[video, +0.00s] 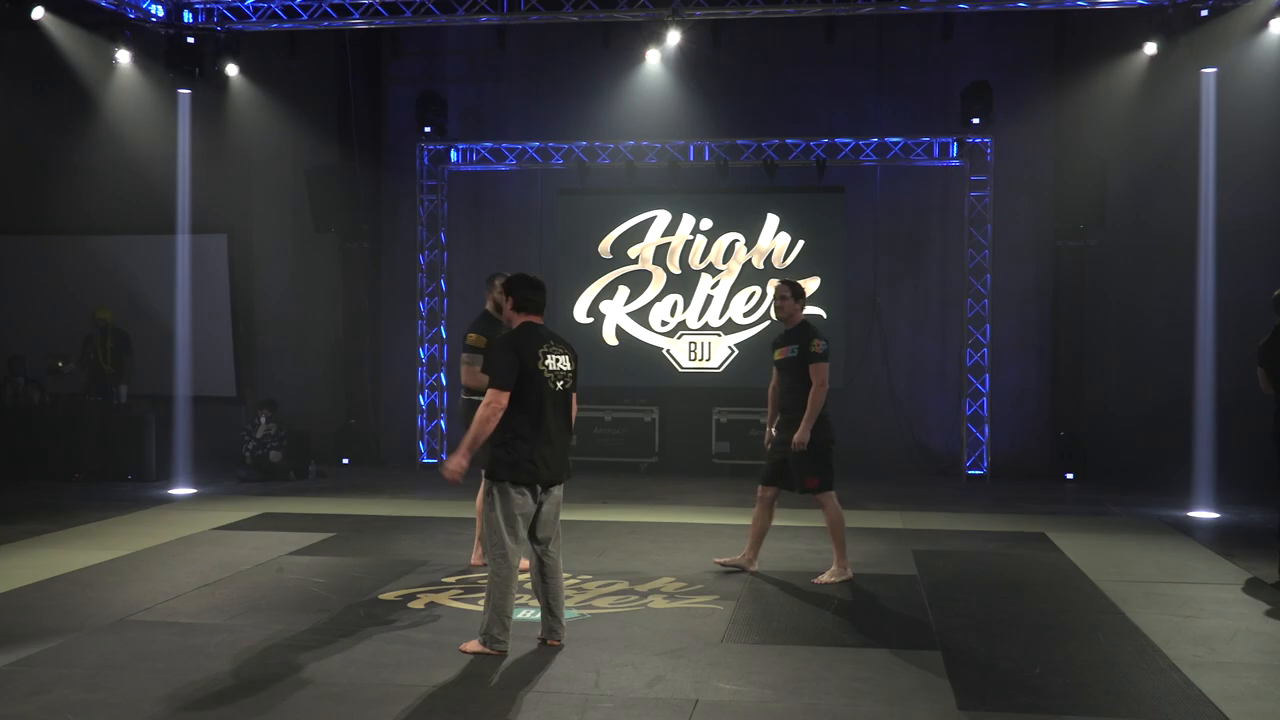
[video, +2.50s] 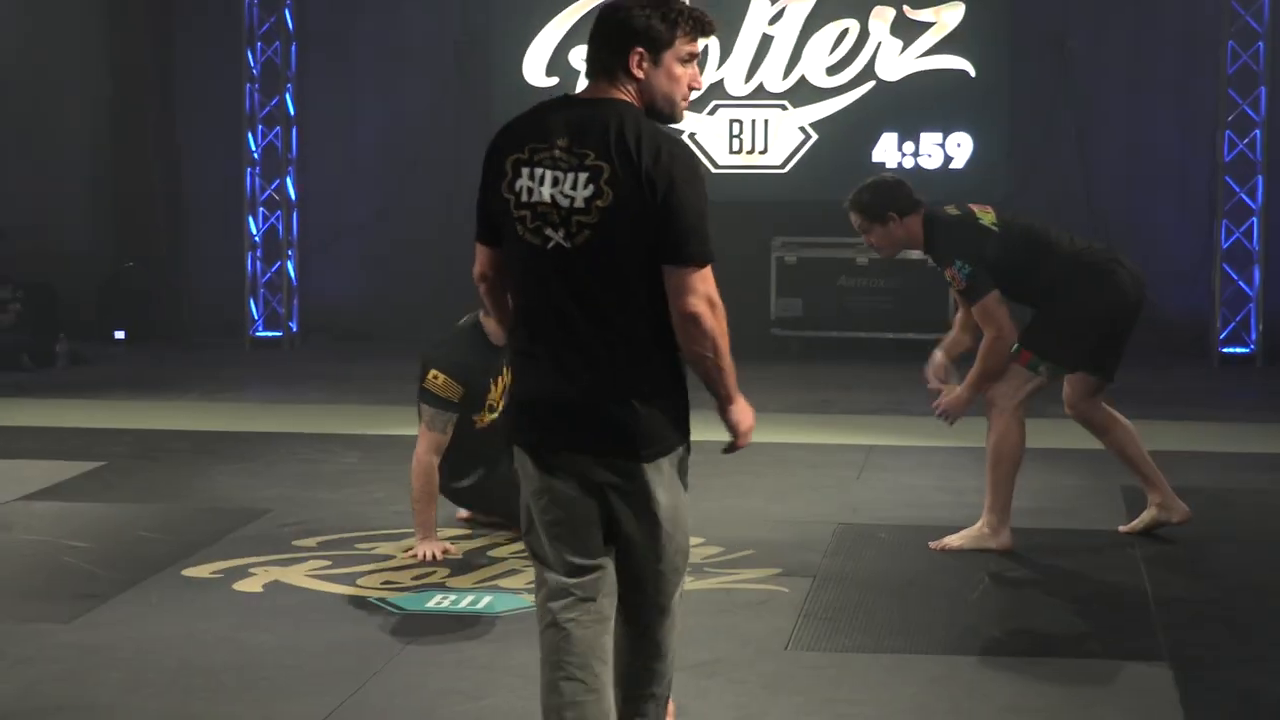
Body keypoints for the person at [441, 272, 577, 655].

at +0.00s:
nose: (499, 307)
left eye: (501, 301)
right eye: (501, 300)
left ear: (510, 304)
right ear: (542, 307)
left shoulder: (508, 344)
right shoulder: (564, 347)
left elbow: (495, 404)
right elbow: (571, 409)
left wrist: (463, 453)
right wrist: (555, 448)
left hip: (512, 468)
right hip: (552, 468)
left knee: (503, 555)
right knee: (547, 551)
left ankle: (495, 639)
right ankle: (553, 631)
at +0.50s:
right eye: (555, 316)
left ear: (525, 312)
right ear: (558, 317)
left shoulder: (502, 337)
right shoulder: (574, 349)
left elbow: (471, 388)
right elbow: (587, 401)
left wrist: (447, 436)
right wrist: (563, 393)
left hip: (510, 457)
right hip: (554, 460)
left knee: (506, 551)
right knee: (552, 549)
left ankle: (496, 637)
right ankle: (553, 631)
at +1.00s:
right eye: (527, 217)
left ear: (461, 213)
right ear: (530, 227)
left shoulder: (401, 278)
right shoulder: (568, 311)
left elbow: (357, 401)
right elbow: (570, 434)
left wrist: (330, 515)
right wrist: (534, 540)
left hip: (405, 536)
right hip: (503, 547)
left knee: (398, 704)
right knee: (485, 705)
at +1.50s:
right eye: (605, 54)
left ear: (464, 62)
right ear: (597, 68)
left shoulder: (368, 218)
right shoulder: (679, 218)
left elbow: (308, 480)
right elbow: (769, 459)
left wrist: (343, 615)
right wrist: (768, 581)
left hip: (441, 634)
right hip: (631, 635)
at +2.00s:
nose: (806, 10)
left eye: (807, 0)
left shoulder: (545, 88)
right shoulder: (822, 118)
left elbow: (488, 282)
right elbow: (857, 338)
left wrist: (452, 472)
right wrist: (846, 498)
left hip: (587, 494)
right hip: (756, 506)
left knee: (560, 708)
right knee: (743, 706)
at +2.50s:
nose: (697, 79)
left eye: (698, 63)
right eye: (687, 62)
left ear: (618, 66)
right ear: (637, 64)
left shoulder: (513, 139)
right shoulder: (664, 157)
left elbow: (490, 274)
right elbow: (693, 304)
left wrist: (527, 354)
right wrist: (731, 396)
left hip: (543, 401)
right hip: (638, 407)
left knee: (570, 593)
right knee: (651, 591)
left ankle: (574, 715)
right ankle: (645, 710)